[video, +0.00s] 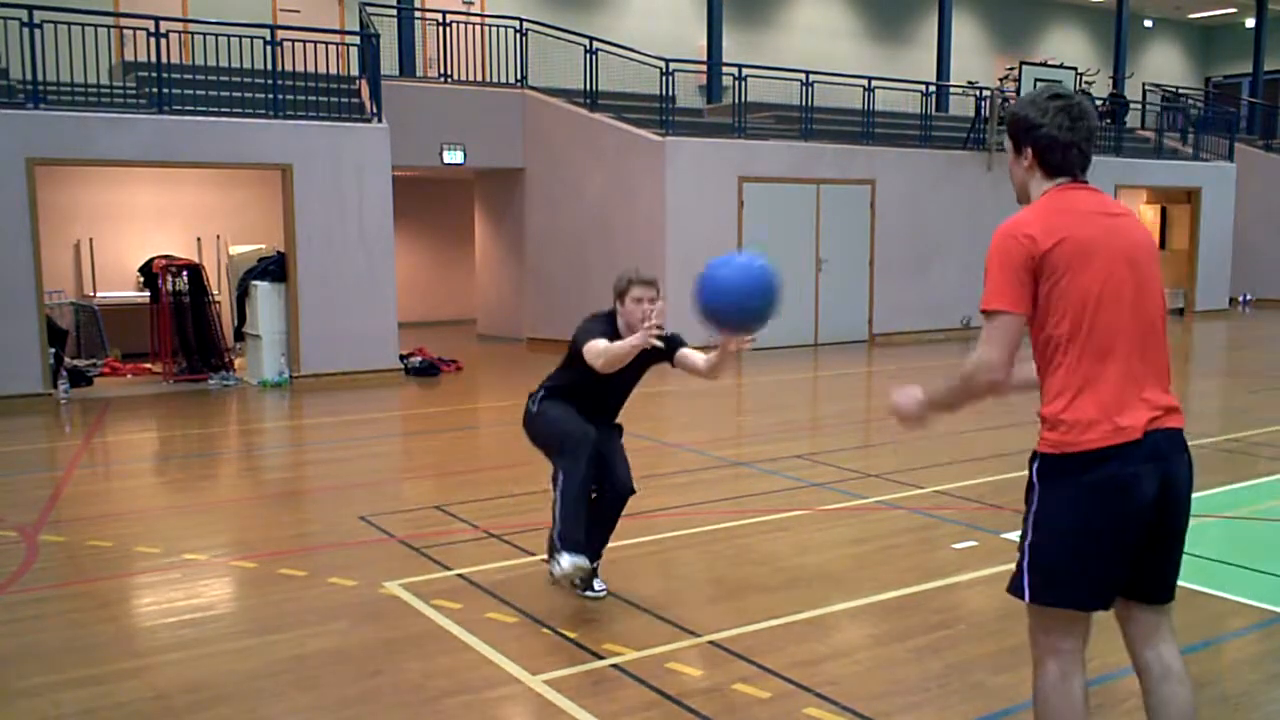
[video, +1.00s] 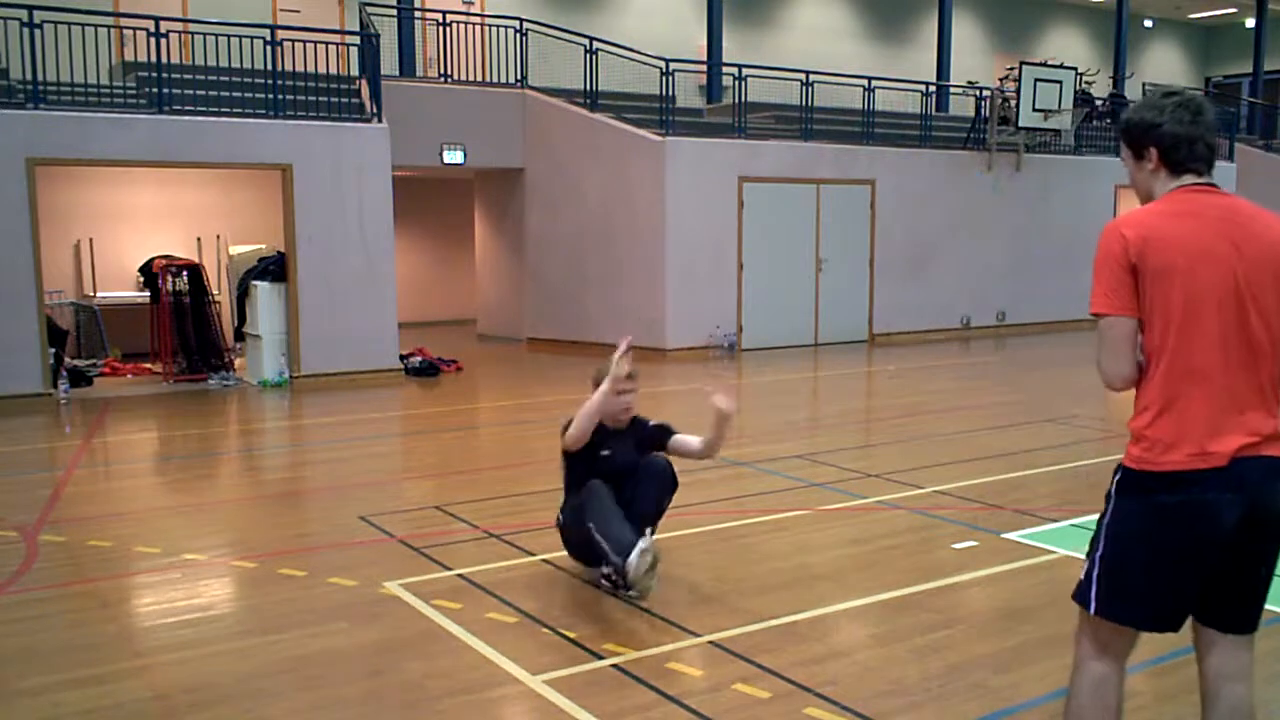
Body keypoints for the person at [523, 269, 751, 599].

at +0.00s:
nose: (647, 308)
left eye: (652, 301)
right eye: (638, 301)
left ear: (658, 306)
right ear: (619, 305)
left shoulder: (660, 342)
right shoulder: (595, 327)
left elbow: (706, 367)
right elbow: (601, 361)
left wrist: (726, 349)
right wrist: (637, 342)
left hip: (600, 425)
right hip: (553, 410)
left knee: (618, 487)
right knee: (580, 446)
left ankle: (586, 563)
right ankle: (566, 552)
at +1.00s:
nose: (628, 401)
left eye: (632, 392)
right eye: (619, 394)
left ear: (638, 393)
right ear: (598, 397)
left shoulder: (641, 431)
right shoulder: (580, 433)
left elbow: (704, 450)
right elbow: (573, 441)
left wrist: (721, 421)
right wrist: (609, 383)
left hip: (629, 531)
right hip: (584, 534)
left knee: (659, 467)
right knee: (594, 491)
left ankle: (618, 570)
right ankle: (630, 563)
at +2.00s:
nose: (499, 490)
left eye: (497, 490)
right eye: (492, 495)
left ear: (504, 490)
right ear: (491, 507)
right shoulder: (498, 523)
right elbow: (440, 487)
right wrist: (453, 520)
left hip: (590, 445)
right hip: (556, 449)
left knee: (525, 449)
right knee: (495, 467)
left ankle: (491, 391)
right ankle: (466, 398)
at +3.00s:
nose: (620, 400)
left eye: (623, 393)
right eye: (612, 393)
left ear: (627, 395)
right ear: (591, 395)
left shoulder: (636, 426)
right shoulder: (570, 423)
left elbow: (700, 438)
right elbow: (584, 445)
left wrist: (751, 435)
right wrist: (630, 435)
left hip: (623, 518)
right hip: (579, 527)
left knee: (646, 455)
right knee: (609, 521)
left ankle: (637, 562)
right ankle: (689, 575)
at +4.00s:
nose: (676, 298)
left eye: (679, 290)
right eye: (666, 292)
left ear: (684, 293)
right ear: (646, 298)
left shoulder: (688, 331)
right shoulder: (625, 331)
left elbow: (751, 386)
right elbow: (622, 389)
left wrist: (739, 361)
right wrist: (679, 359)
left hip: (653, 420)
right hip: (607, 413)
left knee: (661, 483)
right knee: (627, 444)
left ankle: (645, 561)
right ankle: (634, 555)